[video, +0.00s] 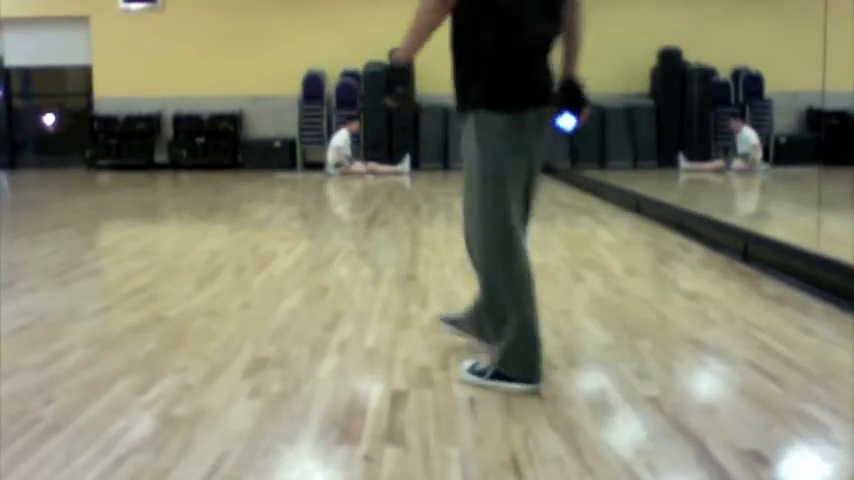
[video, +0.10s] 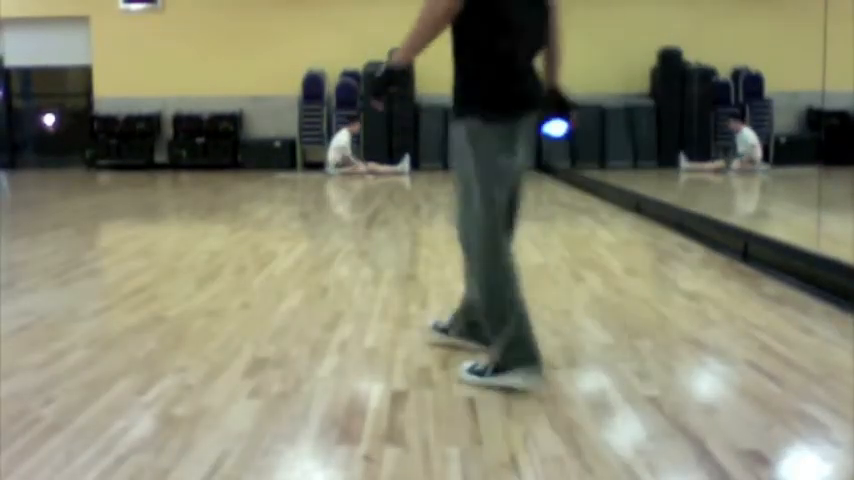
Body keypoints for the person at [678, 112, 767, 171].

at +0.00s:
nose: (730, 127)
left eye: (732, 124)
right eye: (730, 124)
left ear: (738, 122)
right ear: (734, 123)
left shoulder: (747, 133)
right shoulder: (740, 133)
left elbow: (757, 149)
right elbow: (741, 150)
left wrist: (750, 165)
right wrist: (738, 160)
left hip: (748, 164)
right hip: (741, 161)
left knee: (721, 164)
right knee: (719, 163)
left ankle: (688, 166)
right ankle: (688, 165)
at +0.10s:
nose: (729, 127)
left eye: (730, 124)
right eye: (729, 124)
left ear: (736, 123)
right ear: (736, 123)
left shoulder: (745, 134)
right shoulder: (741, 133)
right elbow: (742, 151)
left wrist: (739, 163)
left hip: (750, 163)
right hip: (745, 161)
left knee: (721, 164)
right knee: (719, 163)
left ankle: (688, 166)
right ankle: (688, 165)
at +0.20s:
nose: (728, 128)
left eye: (729, 125)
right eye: (727, 125)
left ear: (735, 123)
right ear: (736, 123)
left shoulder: (743, 134)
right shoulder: (740, 133)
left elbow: (740, 151)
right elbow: (739, 150)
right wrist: (728, 158)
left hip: (752, 163)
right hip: (747, 160)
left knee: (721, 165)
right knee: (719, 164)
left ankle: (689, 165)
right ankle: (689, 166)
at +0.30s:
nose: (727, 127)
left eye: (728, 124)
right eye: (727, 124)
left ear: (734, 123)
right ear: (737, 123)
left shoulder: (742, 135)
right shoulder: (743, 132)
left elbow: (738, 148)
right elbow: (737, 148)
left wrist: (722, 156)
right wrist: (723, 155)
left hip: (753, 163)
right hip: (751, 161)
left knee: (721, 165)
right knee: (721, 164)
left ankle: (689, 165)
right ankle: (690, 166)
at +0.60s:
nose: (722, 129)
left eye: (723, 126)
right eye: (721, 126)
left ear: (730, 124)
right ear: (731, 124)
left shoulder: (736, 133)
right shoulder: (735, 131)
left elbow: (718, 146)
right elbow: (718, 145)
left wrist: (697, 150)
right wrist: (699, 150)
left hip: (750, 162)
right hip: (740, 160)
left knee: (734, 166)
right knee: (718, 165)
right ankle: (690, 166)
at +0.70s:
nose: (720, 128)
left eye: (722, 125)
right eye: (720, 125)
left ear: (727, 124)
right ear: (730, 123)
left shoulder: (733, 132)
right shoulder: (734, 131)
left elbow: (714, 145)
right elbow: (714, 144)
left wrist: (693, 149)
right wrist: (695, 149)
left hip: (748, 162)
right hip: (737, 161)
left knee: (734, 166)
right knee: (717, 165)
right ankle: (690, 166)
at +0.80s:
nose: (720, 130)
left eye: (721, 127)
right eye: (720, 127)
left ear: (726, 126)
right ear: (730, 124)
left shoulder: (733, 132)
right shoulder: (735, 132)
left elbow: (712, 144)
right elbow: (713, 143)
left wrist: (691, 148)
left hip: (747, 162)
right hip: (735, 161)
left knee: (734, 166)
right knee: (717, 165)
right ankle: (690, 166)